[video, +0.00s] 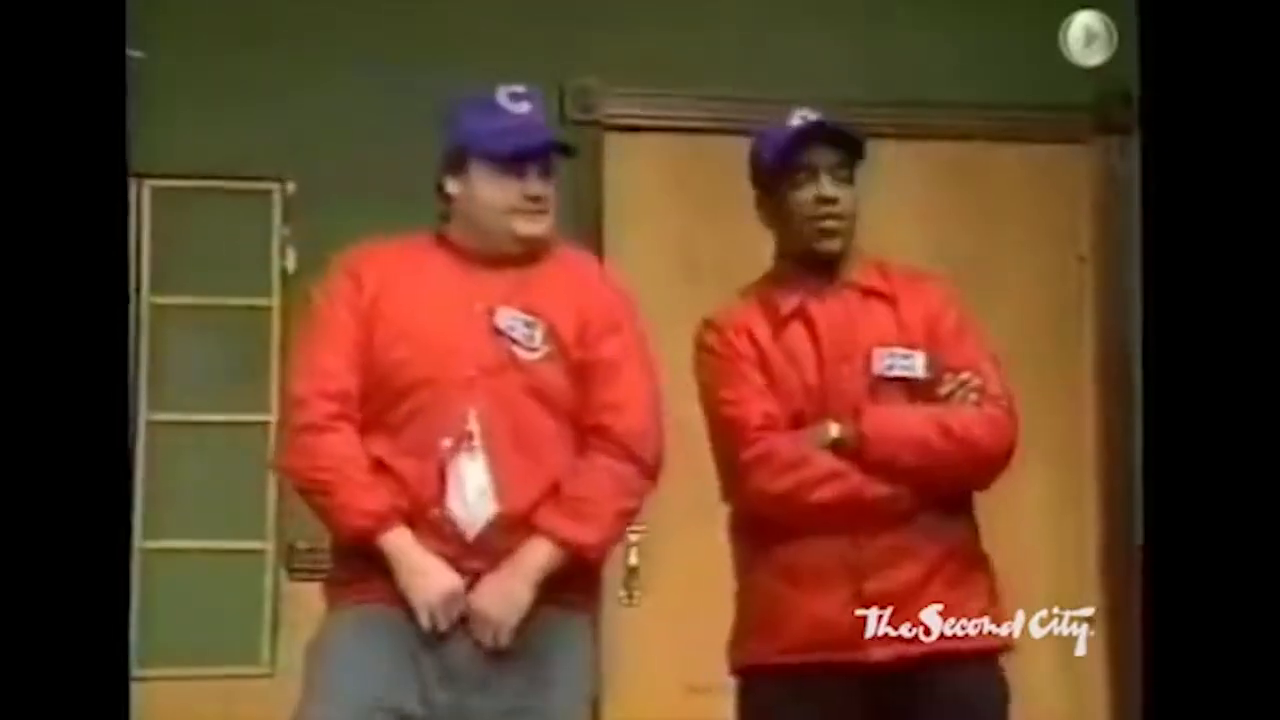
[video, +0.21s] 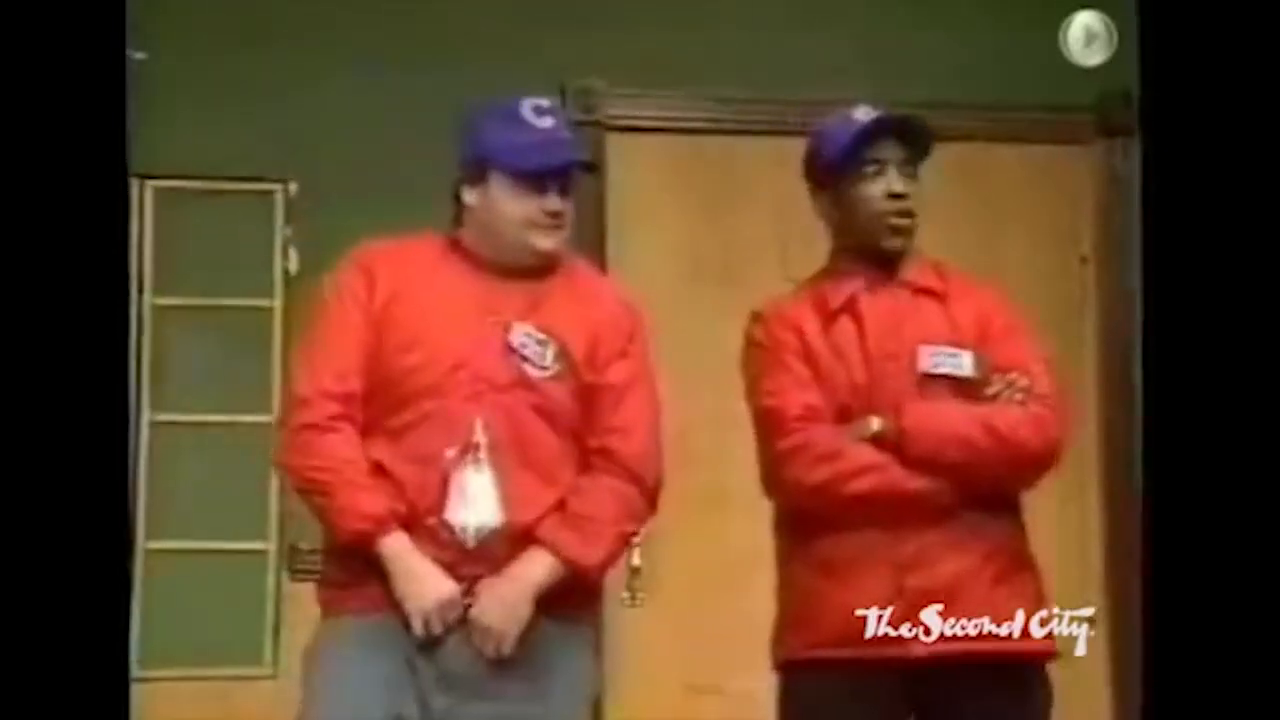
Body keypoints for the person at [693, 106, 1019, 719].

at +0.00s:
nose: (827, 194)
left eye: (840, 175)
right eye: (803, 179)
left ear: (858, 192)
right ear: (768, 203)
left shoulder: (924, 300)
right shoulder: (733, 331)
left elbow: (988, 437)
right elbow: (764, 483)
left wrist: (845, 436)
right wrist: (929, 458)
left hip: (942, 640)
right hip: (798, 655)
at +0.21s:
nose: (900, 189)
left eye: (908, 171)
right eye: (873, 172)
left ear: (921, 187)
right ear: (826, 196)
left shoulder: (978, 306)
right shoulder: (785, 324)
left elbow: (1035, 435)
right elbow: (799, 471)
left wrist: (889, 430)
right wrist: (972, 467)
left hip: (985, 639)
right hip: (840, 649)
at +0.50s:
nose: (975, 191)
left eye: (982, 173)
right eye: (949, 172)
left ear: (994, 187)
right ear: (893, 198)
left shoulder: (1041, 316)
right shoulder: (839, 316)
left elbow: (1086, 452)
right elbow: (845, 467)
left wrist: (937, 432)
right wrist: (1014, 485)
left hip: (1025, 646)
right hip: (876, 645)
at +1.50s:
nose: (899, 201)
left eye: (910, 183)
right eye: (876, 184)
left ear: (923, 198)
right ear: (833, 204)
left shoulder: (979, 319)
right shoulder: (779, 324)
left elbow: (1023, 446)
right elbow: (788, 464)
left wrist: (878, 427)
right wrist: (962, 466)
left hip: (971, 649)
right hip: (819, 651)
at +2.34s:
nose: (877, 194)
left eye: (901, 179)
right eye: (863, 177)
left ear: (933, 204)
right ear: (842, 197)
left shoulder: (990, 321)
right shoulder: (788, 317)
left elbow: (1035, 458)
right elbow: (796, 457)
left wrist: (905, 411)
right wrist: (968, 470)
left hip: (974, 648)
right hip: (823, 646)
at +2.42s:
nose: (872, 188)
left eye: (896, 172)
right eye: (859, 171)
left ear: (932, 196)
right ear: (840, 191)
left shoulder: (993, 317)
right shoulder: (787, 318)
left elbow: (1023, 462)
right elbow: (785, 459)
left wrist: (965, 364)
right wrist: (948, 463)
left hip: (972, 647)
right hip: (823, 648)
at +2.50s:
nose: (863, 186)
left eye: (888, 170)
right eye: (853, 170)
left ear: (932, 193)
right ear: (838, 187)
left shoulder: (986, 305)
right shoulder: (787, 316)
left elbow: (1014, 444)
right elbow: (780, 459)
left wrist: (952, 323)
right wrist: (940, 456)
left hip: (973, 644)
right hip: (822, 648)